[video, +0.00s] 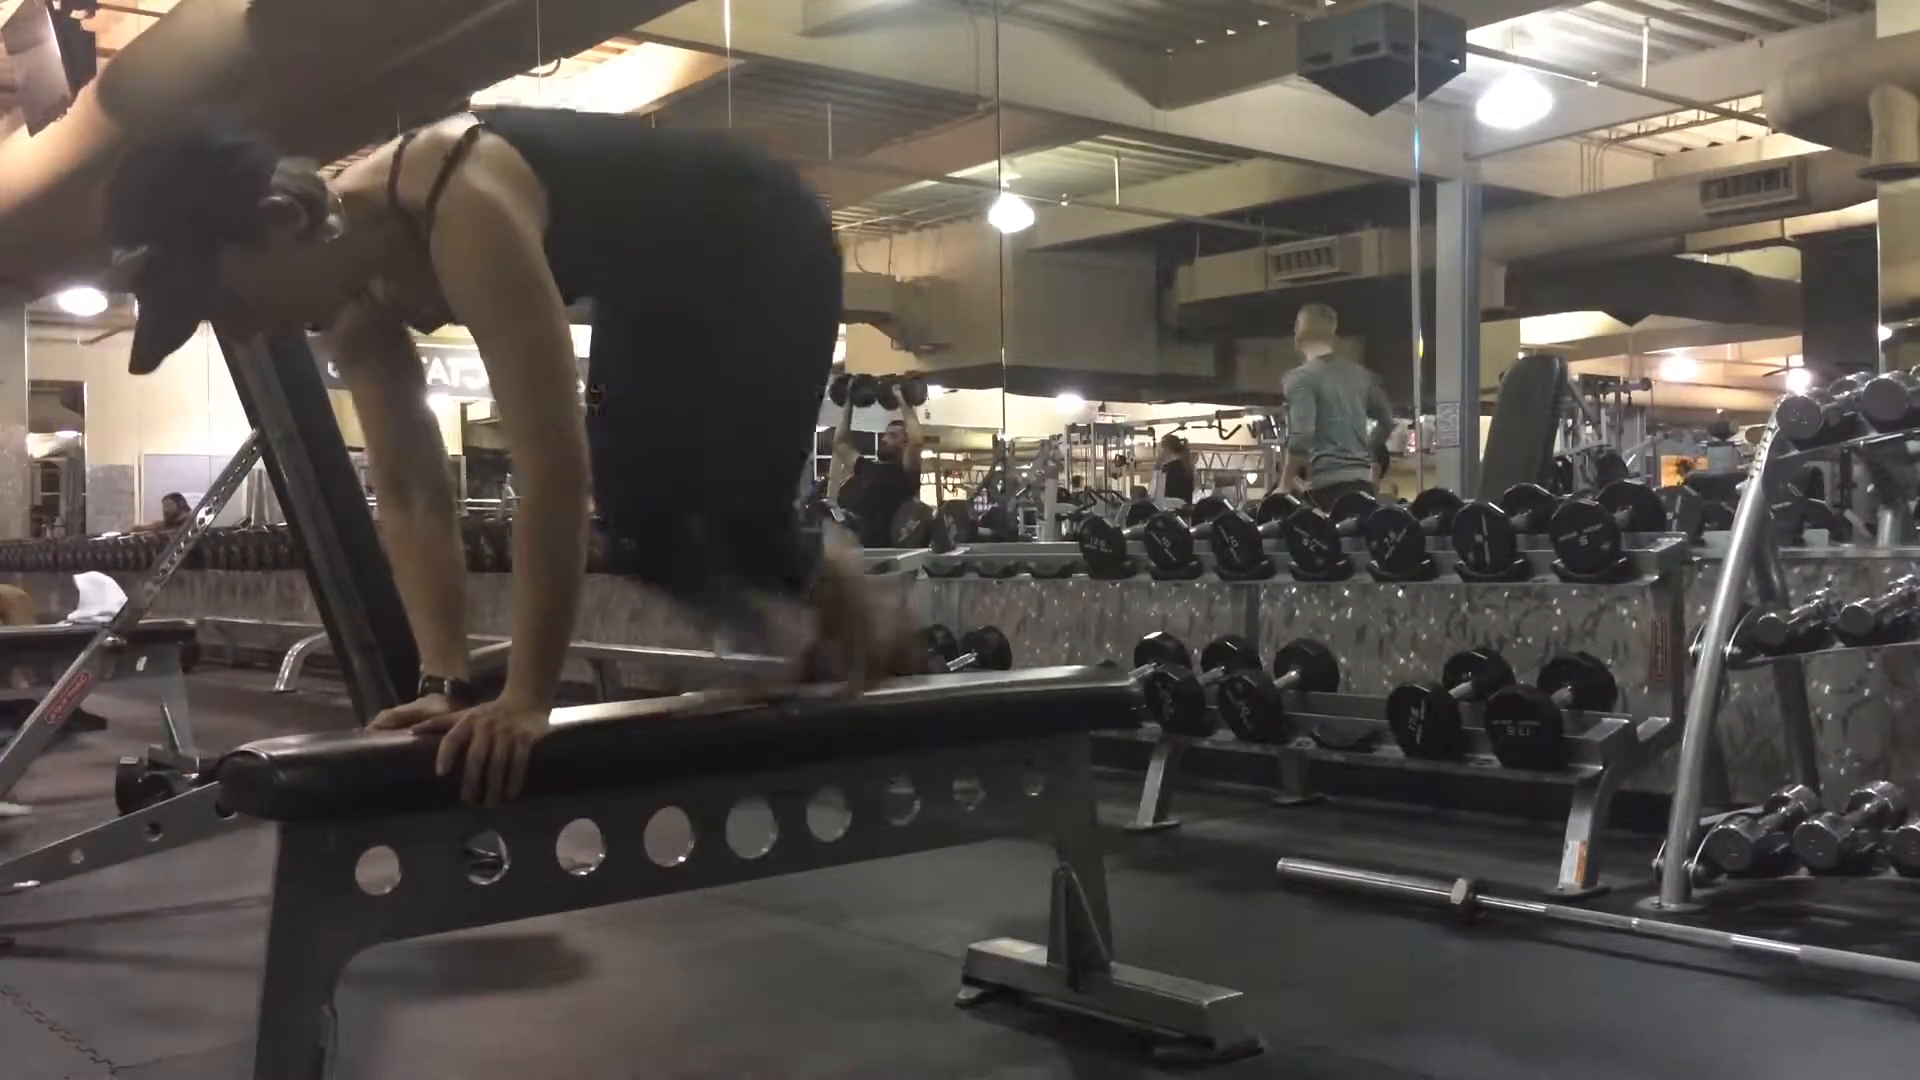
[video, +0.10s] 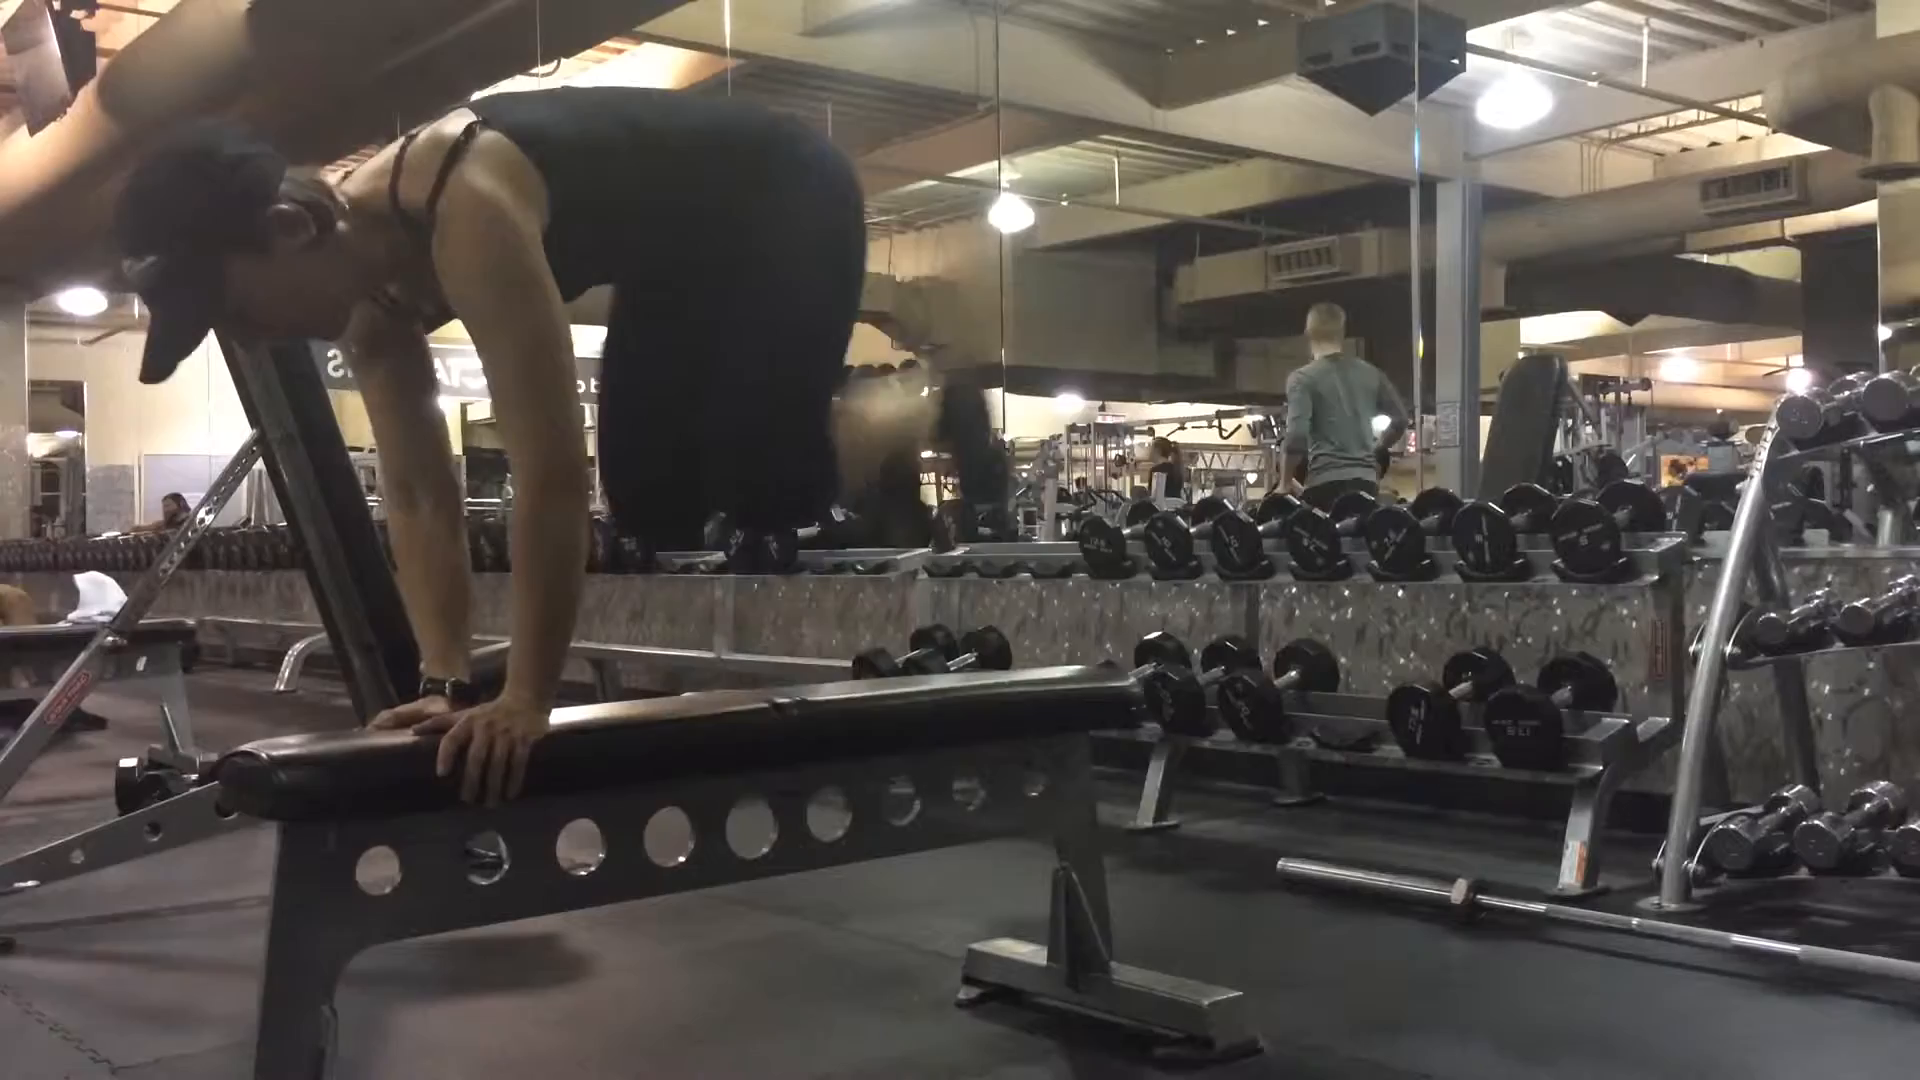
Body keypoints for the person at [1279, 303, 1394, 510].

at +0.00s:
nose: (1294, 338)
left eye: (1295, 332)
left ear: (1298, 337)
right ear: (1332, 336)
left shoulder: (1301, 378)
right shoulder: (1360, 374)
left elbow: (1302, 435)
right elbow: (1386, 422)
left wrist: (1286, 482)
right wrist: (1366, 452)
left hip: (1325, 484)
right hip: (1363, 479)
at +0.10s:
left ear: (1309, 334)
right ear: (1342, 333)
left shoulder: (1303, 378)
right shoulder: (1370, 373)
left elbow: (1297, 437)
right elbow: (1400, 420)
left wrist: (1286, 481)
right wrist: (1379, 450)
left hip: (1323, 484)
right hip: (1366, 481)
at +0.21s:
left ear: (1315, 338)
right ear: (1348, 337)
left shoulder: (1304, 381)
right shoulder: (1374, 376)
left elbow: (1295, 438)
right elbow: (1404, 423)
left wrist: (1286, 482)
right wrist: (1384, 457)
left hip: (1323, 487)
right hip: (1366, 484)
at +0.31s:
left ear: (1320, 344)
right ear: (1354, 342)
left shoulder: (1308, 385)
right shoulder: (1379, 380)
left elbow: (1296, 440)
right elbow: (1401, 432)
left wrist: (1288, 481)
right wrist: (1384, 457)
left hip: (1326, 488)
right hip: (1368, 486)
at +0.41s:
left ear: (1325, 346)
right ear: (1358, 343)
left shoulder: (1312, 393)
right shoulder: (1385, 385)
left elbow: (1294, 443)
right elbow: (1400, 435)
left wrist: (1288, 481)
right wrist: (1380, 457)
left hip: (1329, 490)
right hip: (1372, 489)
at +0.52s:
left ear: (1333, 348)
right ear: (1365, 346)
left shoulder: (1320, 396)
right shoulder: (1390, 385)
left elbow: (1301, 456)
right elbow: (1407, 439)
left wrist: (1298, 493)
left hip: (1336, 492)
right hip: (1378, 492)